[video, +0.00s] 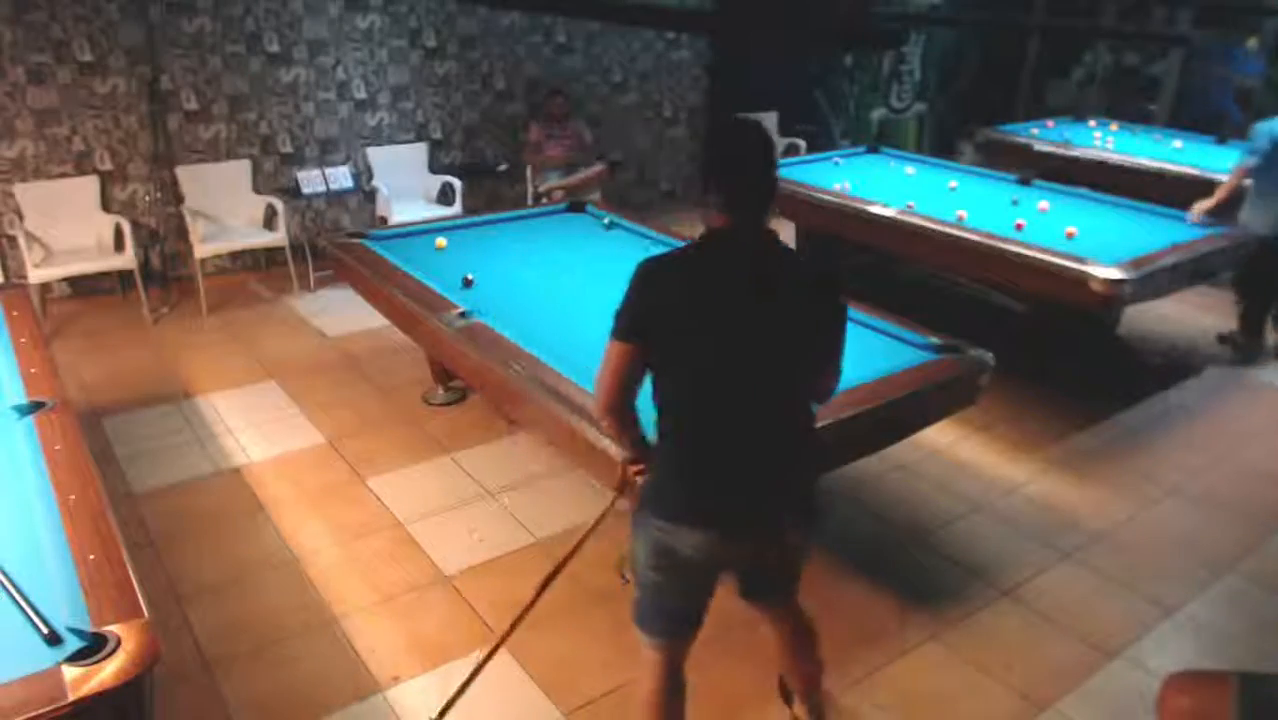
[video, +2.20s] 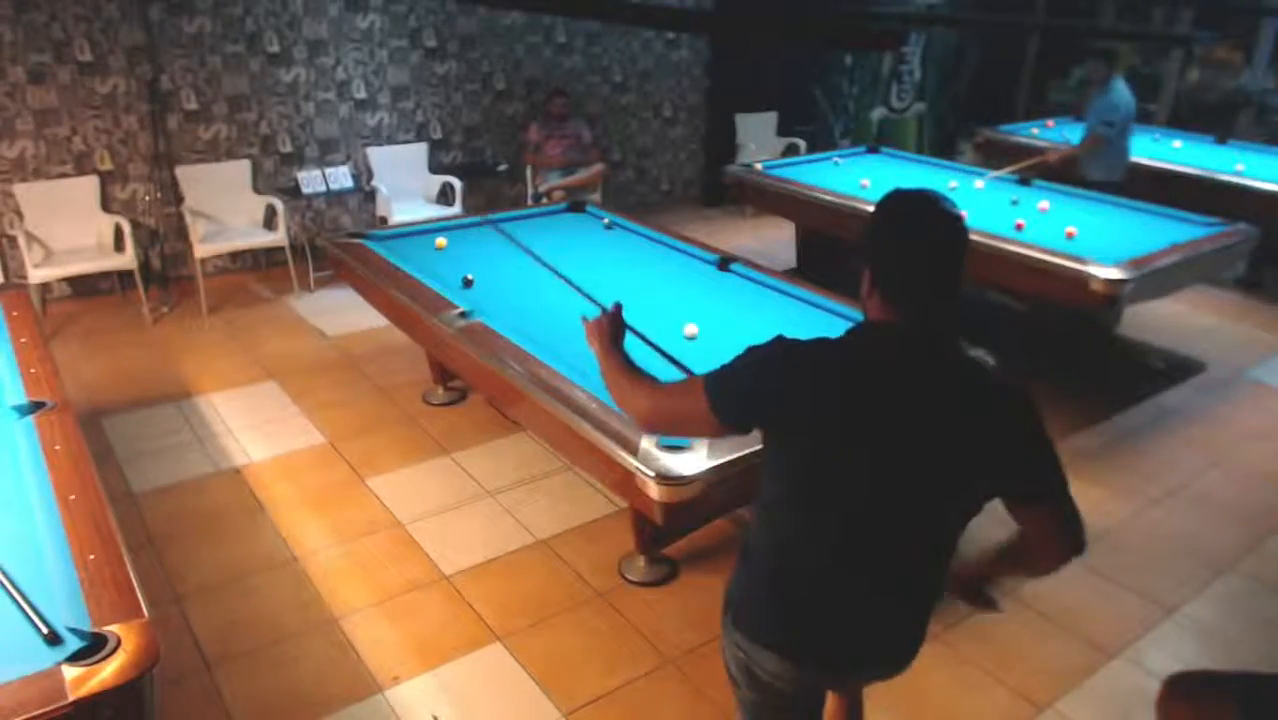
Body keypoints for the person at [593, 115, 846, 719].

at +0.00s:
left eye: (715, 179)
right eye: (755, 179)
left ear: (703, 187)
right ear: (773, 190)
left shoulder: (660, 278)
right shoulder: (812, 281)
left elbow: (612, 401)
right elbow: (822, 386)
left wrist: (641, 454)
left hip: (685, 504)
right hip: (776, 499)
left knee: (665, 660)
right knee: (785, 611)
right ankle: (815, 707)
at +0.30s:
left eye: (774, 185)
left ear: (772, 192)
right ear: (838, 191)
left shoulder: (738, 264)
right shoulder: (873, 272)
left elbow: (694, 378)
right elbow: (878, 383)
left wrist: (709, 440)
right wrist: (838, 424)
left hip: (758, 482)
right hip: (845, 479)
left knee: (735, 653)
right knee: (820, 597)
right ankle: (817, 709)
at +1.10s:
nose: (825, 240)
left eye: (826, 229)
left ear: (830, 238)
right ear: (903, 240)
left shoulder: (780, 329)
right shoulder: (931, 333)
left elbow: (712, 458)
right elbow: (945, 448)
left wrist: (685, 441)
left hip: (785, 567)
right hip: (880, 561)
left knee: (771, 704)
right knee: (833, 641)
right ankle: (821, 708)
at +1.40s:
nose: (836, 269)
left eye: (837, 258)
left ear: (839, 268)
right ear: (921, 270)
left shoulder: (782, 375)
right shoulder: (969, 385)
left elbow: (676, 499)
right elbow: (1013, 501)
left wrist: (637, 459)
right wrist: (950, 514)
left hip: (773, 621)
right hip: (884, 623)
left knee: (766, 705)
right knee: (847, 676)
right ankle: (843, 695)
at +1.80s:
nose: (863, 284)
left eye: (866, 273)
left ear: (872, 287)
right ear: (961, 293)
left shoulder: (801, 385)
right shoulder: (1001, 427)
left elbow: (687, 496)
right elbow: (982, 549)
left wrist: (649, 451)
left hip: (777, 647)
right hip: (892, 651)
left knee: (771, 710)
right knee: (860, 691)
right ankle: (857, 705)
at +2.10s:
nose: (862, 285)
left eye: (863, 273)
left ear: (869, 286)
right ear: (959, 292)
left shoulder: (795, 377)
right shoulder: (991, 402)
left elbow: (653, 436)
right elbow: (1063, 533)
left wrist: (614, 379)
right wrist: (964, 514)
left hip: (774, 640)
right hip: (893, 647)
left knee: (778, 707)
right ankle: (852, 704)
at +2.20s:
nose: (861, 277)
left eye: (864, 265)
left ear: (868, 279)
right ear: (955, 286)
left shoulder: (794, 369)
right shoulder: (993, 403)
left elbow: (652, 410)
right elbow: (1054, 540)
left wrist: (604, 348)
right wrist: (981, 573)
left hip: (774, 632)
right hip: (889, 639)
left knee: (777, 707)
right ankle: (848, 703)